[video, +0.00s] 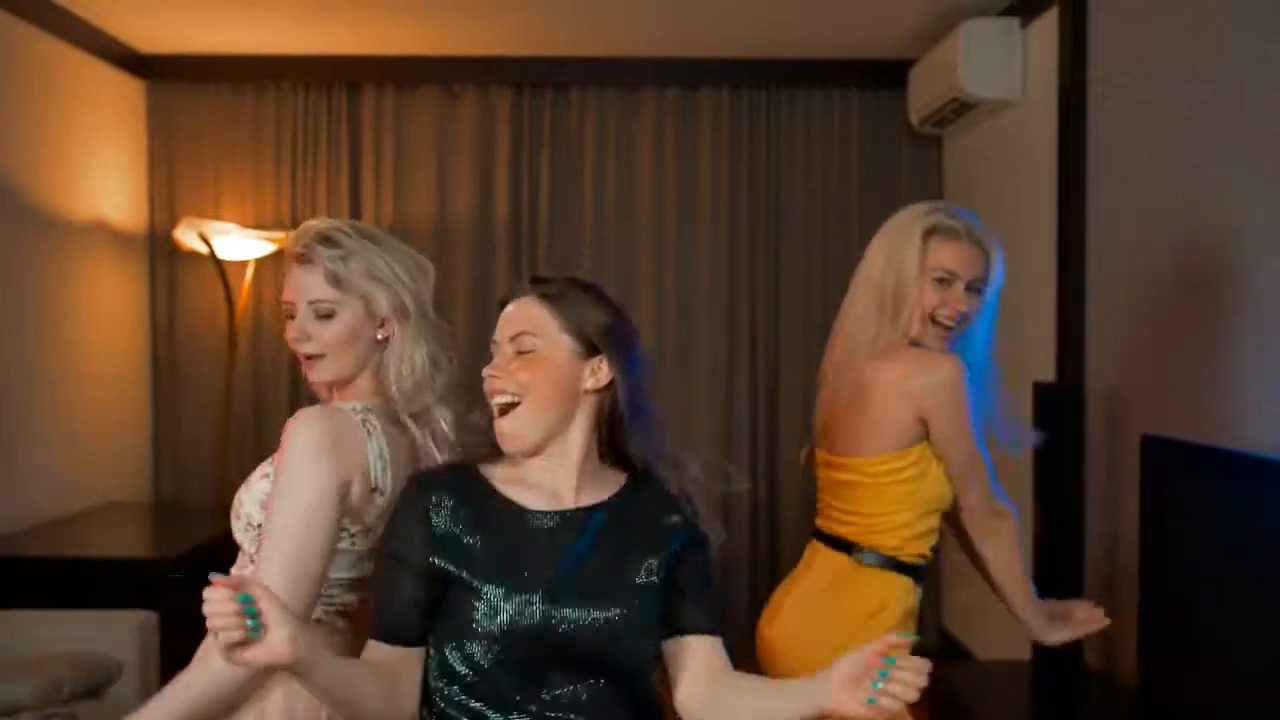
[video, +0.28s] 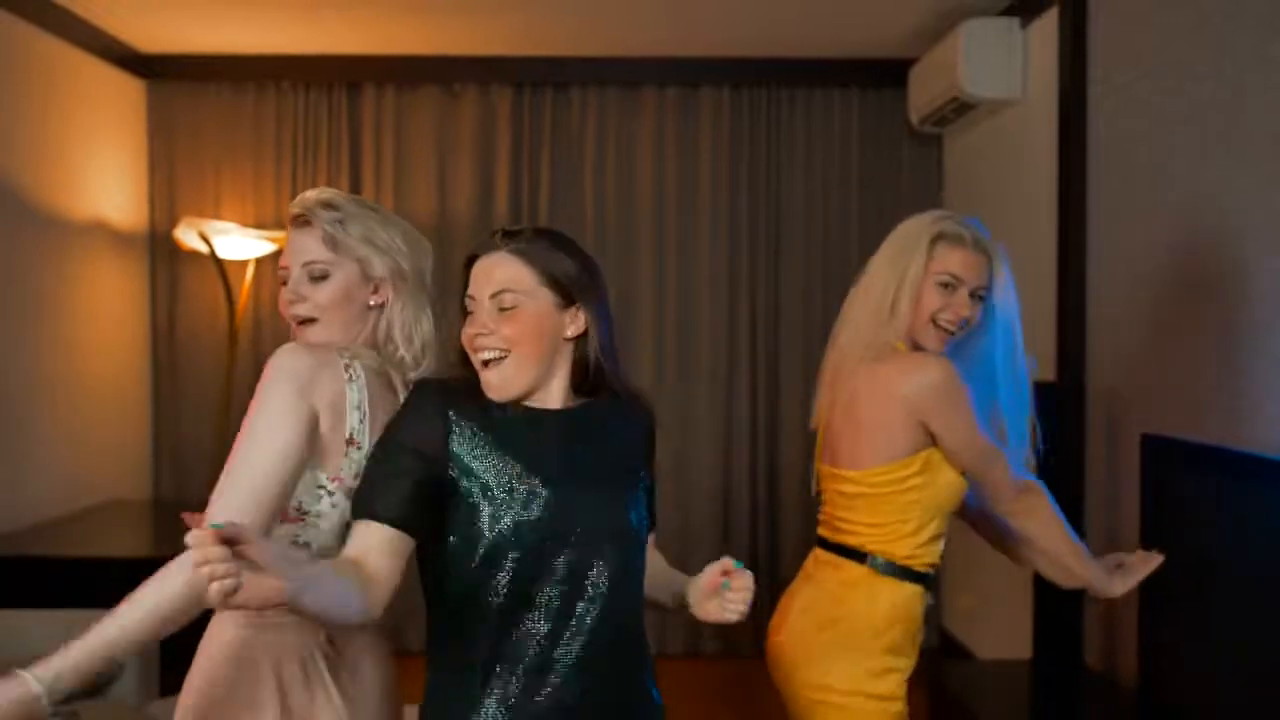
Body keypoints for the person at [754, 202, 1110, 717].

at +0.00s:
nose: (959, 305)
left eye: (973, 290)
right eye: (942, 281)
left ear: (984, 297)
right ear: (899, 275)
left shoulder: (847, 362)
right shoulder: (932, 373)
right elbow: (982, 513)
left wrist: (1029, 610)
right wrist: (1037, 620)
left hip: (799, 619)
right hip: (861, 636)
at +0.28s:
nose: (962, 310)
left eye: (976, 297)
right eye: (946, 286)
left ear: (985, 307)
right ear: (904, 279)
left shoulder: (853, 370)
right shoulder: (924, 378)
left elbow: (977, 507)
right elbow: (1011, 497)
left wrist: (1066, 572)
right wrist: (1095, 578)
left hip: (816, 633)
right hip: (855, 651)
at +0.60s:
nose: (975, 309)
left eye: (986, 297)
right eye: (961, 284)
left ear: (993, 306)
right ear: (915, 273)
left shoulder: (859, 371)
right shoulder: (913, 377)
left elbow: (957, 469)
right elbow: (1068, 463)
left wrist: (1054, 435)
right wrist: (1101, 397)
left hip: (815, 616)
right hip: (846, 637)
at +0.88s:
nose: (981, 336)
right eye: (976, 317)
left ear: (860, 308)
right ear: (957, 329)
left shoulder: (825, 393)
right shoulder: (954, 463)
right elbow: (1027, 608)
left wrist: (991, 432)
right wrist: (1078, 493)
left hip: (786, 643)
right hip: (863, 679)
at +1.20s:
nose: (998, 465)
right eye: (1003, 451)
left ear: (941, 362)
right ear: (981, 437)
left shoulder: (797, 396)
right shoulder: (924, 499)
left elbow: (716, 489)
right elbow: (941, 646)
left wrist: (790, 543)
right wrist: (983, 587)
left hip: (780, 660)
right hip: (861, 684)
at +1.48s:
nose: (897, 309)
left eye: (909, 297)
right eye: (877, 291)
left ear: (919, 315)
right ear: (836, 310)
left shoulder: (818, 392)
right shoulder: (853, 395)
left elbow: (761, 530)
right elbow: (911, 542)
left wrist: (862, 528)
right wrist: (978, 433)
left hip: (802, 647)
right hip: (828, 663)